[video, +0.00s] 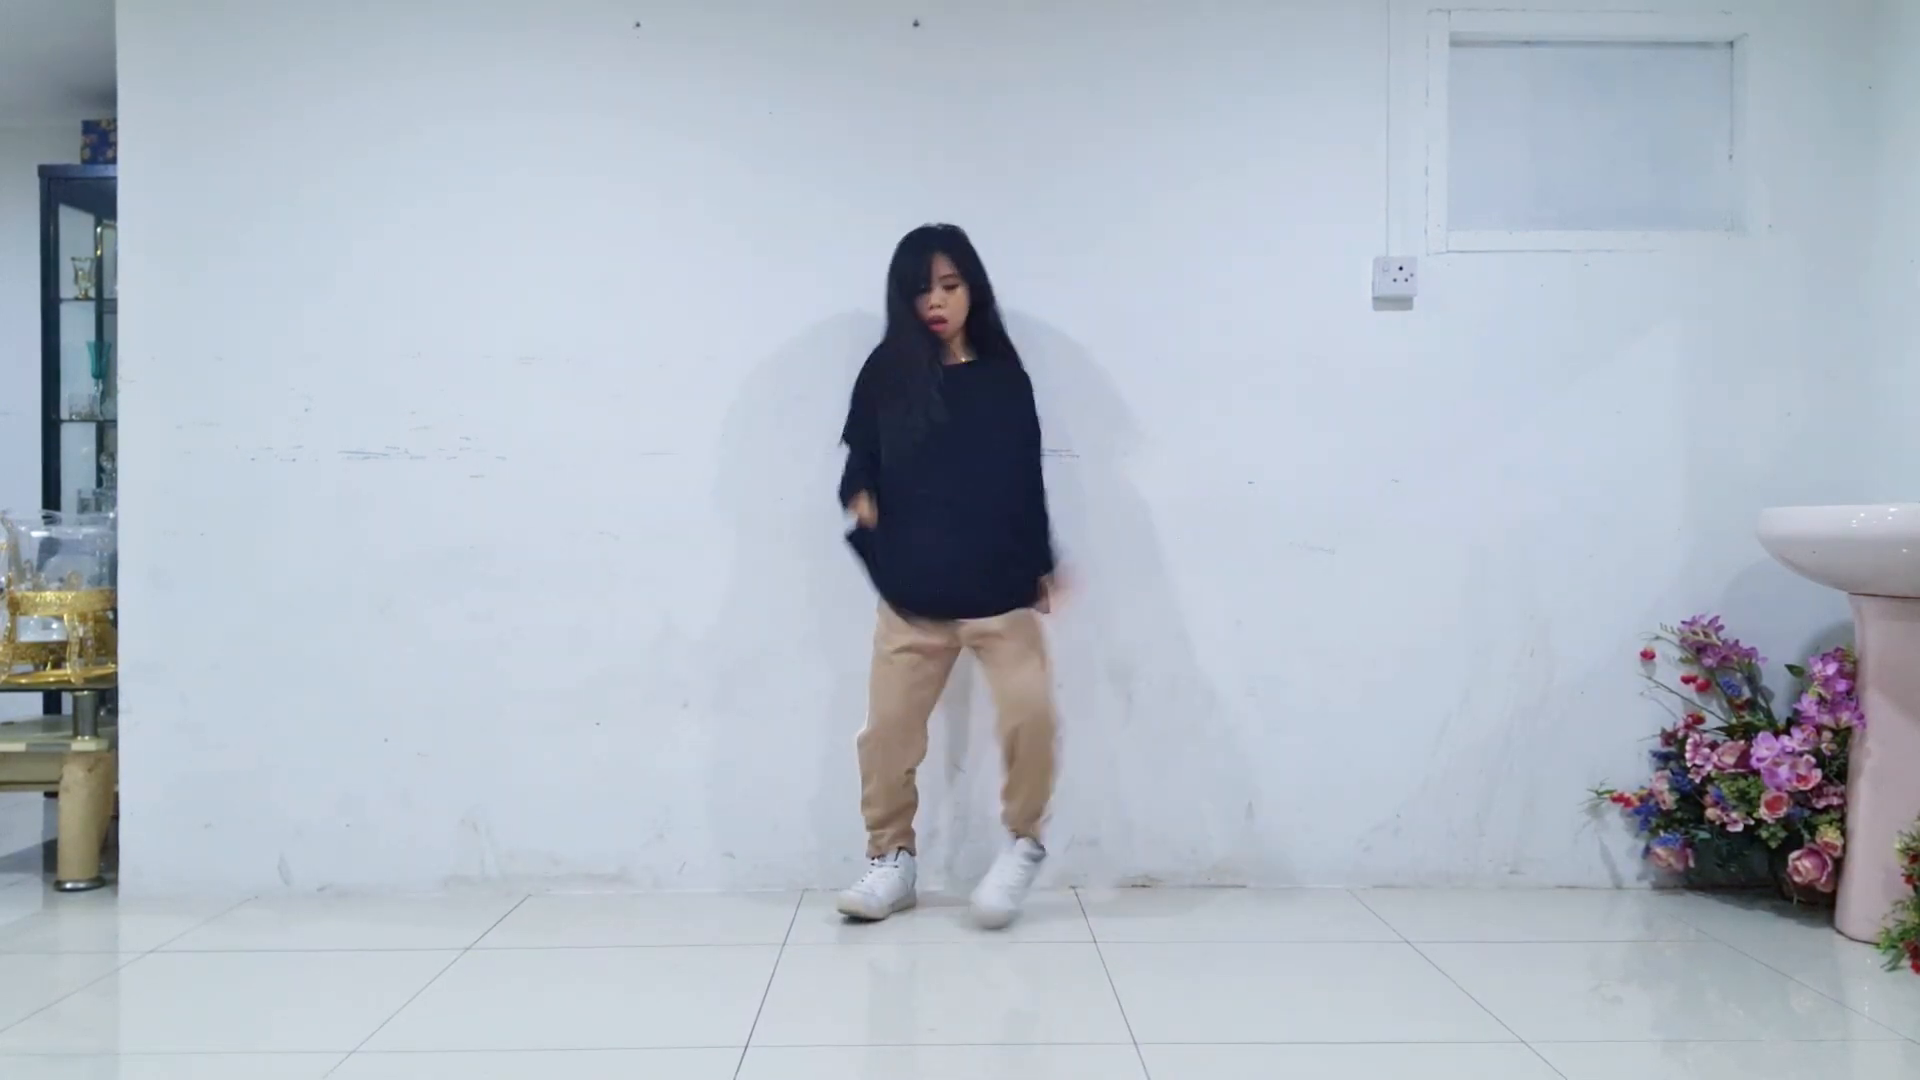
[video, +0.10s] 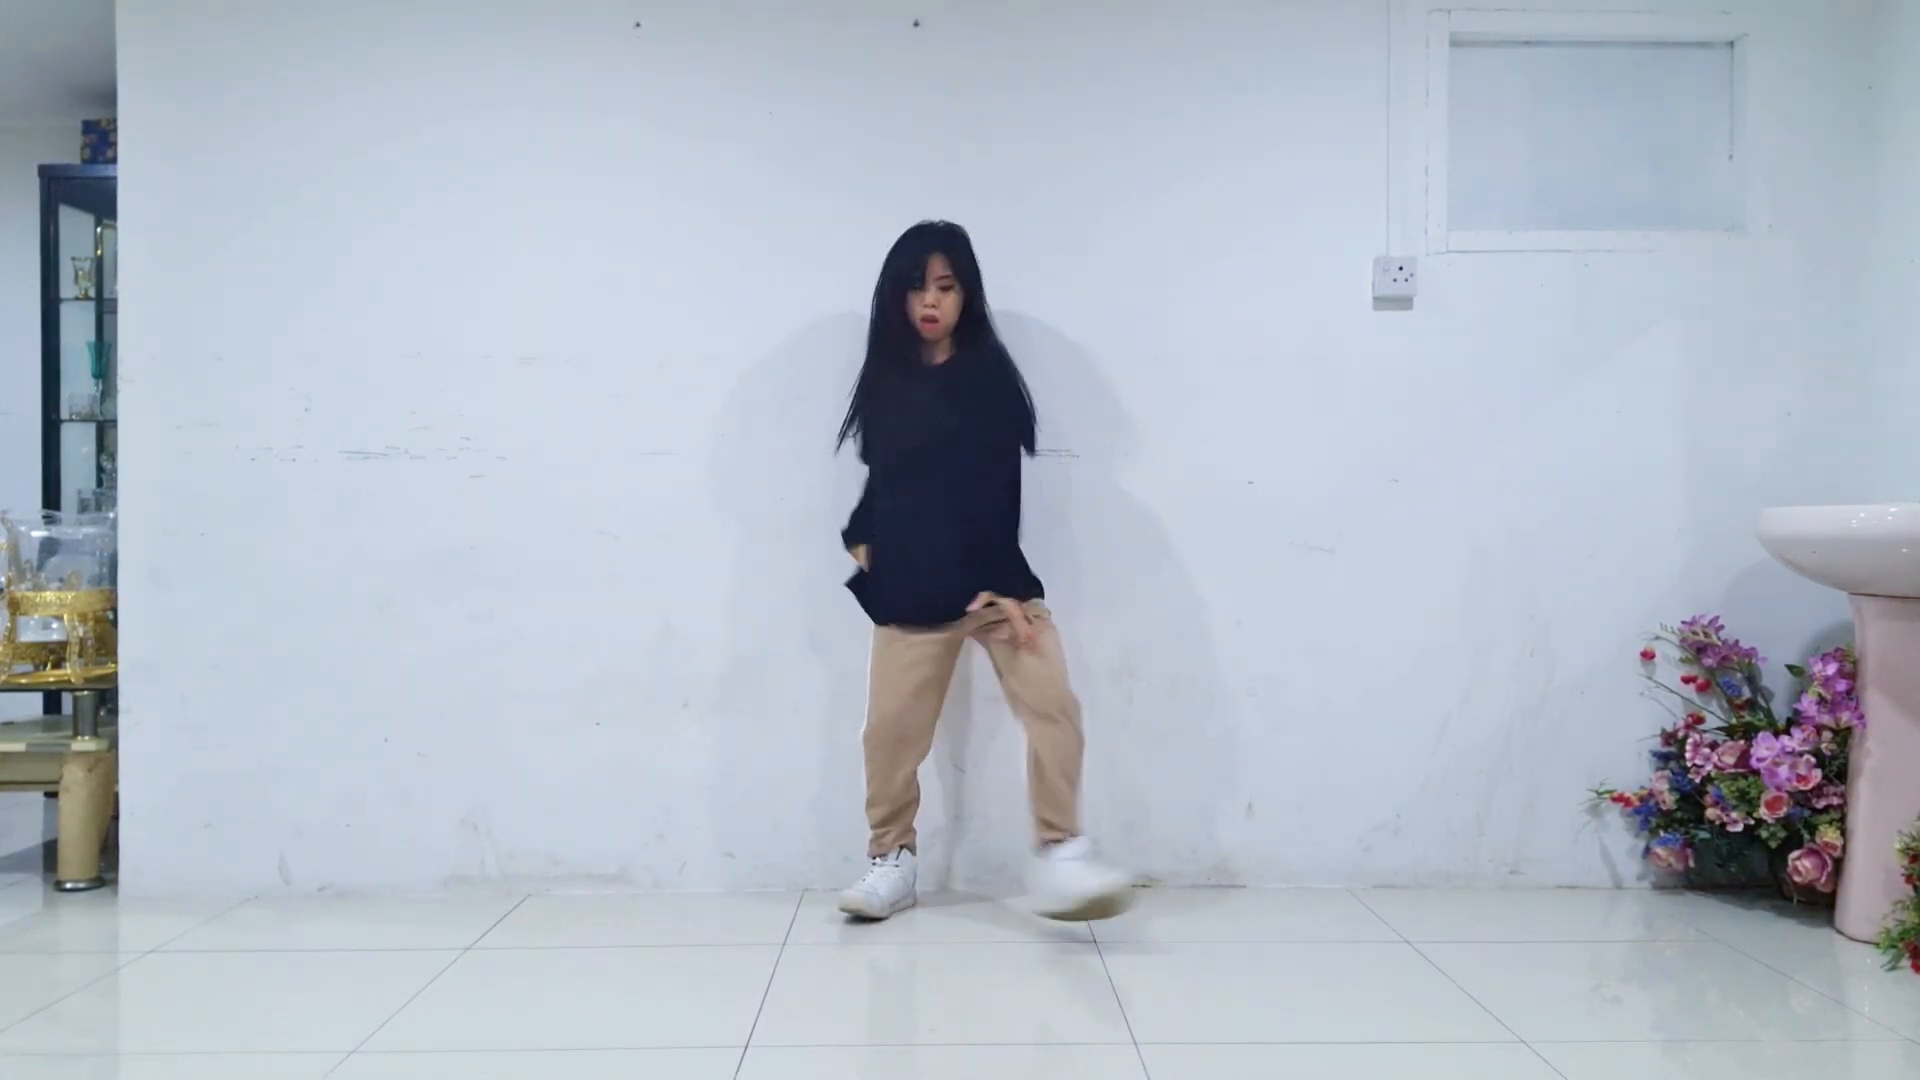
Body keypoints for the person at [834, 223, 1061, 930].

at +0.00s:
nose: (934, 303)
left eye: (948, 286)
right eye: (920, 290)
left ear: (974, 289)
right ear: (904, 298)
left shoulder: (1005, 372)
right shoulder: (886, 370)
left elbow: (1028, 473)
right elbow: (858, 458)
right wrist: (864, 506)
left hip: (1003, 591)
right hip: (911, 593)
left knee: (1030, 716)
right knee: (886, 732)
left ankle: (1022, 847)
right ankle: (891, 862)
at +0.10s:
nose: (930, 301)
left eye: (946, 287)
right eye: (916, 287)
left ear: (968, 296)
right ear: (897, 295)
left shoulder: (993, 378)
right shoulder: (885, 379)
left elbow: (1004, 491)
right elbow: (882, 474)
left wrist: (1000, 578)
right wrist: (861, 535)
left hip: (991, 573)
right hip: (908, 580)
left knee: (1052, 705)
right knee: (891, 729)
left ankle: (1059, 858)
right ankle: (891, 861)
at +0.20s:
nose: (943, 299)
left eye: (959, 285)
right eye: (930, 284)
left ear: (977, 295)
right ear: (906, 290)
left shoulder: (985, 366)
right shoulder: (889, 373)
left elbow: (1004, 470)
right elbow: (895, 471)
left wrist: (1000, 564)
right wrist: (882, 540)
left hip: (986, 575)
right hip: (905, 578)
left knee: (1052, 696)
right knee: (886, 725)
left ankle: (1103, 844)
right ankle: (890, 857)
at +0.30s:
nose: (959, 299)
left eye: (975, 285)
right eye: (945, 283)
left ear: (998, 293)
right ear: (923, 290)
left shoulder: (1013, 357)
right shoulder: (909, 364)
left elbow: (1035, 448)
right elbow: (912, 459)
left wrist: (1005, 534)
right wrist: (896, 526)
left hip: (985, 557)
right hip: (909, 558)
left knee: (1051, 701)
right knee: (888, 712)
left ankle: (1112, 842)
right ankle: (885, 860)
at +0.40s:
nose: (974, 313)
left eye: (991, 298)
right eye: (962, 297)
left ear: (1017, 304)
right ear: (946, 303)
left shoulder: (1049, 361)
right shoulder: (936, 371)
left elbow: (1071, 442)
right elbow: (929, 466)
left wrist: (1022, 506)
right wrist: (910, 527)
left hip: (1001, 566)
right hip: (923, 565)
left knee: (1032, 721)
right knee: (893, 714)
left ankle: (1109, 861)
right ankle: (886, 860)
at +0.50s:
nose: (987, 320)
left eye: (1004, 307)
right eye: (975, 306)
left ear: (1029, 318)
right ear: (959, 316)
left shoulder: (1057, 372)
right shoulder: (950, 398)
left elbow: (1109, 438)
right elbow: (927, 493)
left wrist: (1037, 488)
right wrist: (928, 561)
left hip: (1027, 608)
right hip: (942, 611)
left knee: (1073, 745)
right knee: (880, 724)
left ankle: (1114, 870)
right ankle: (885, 862)